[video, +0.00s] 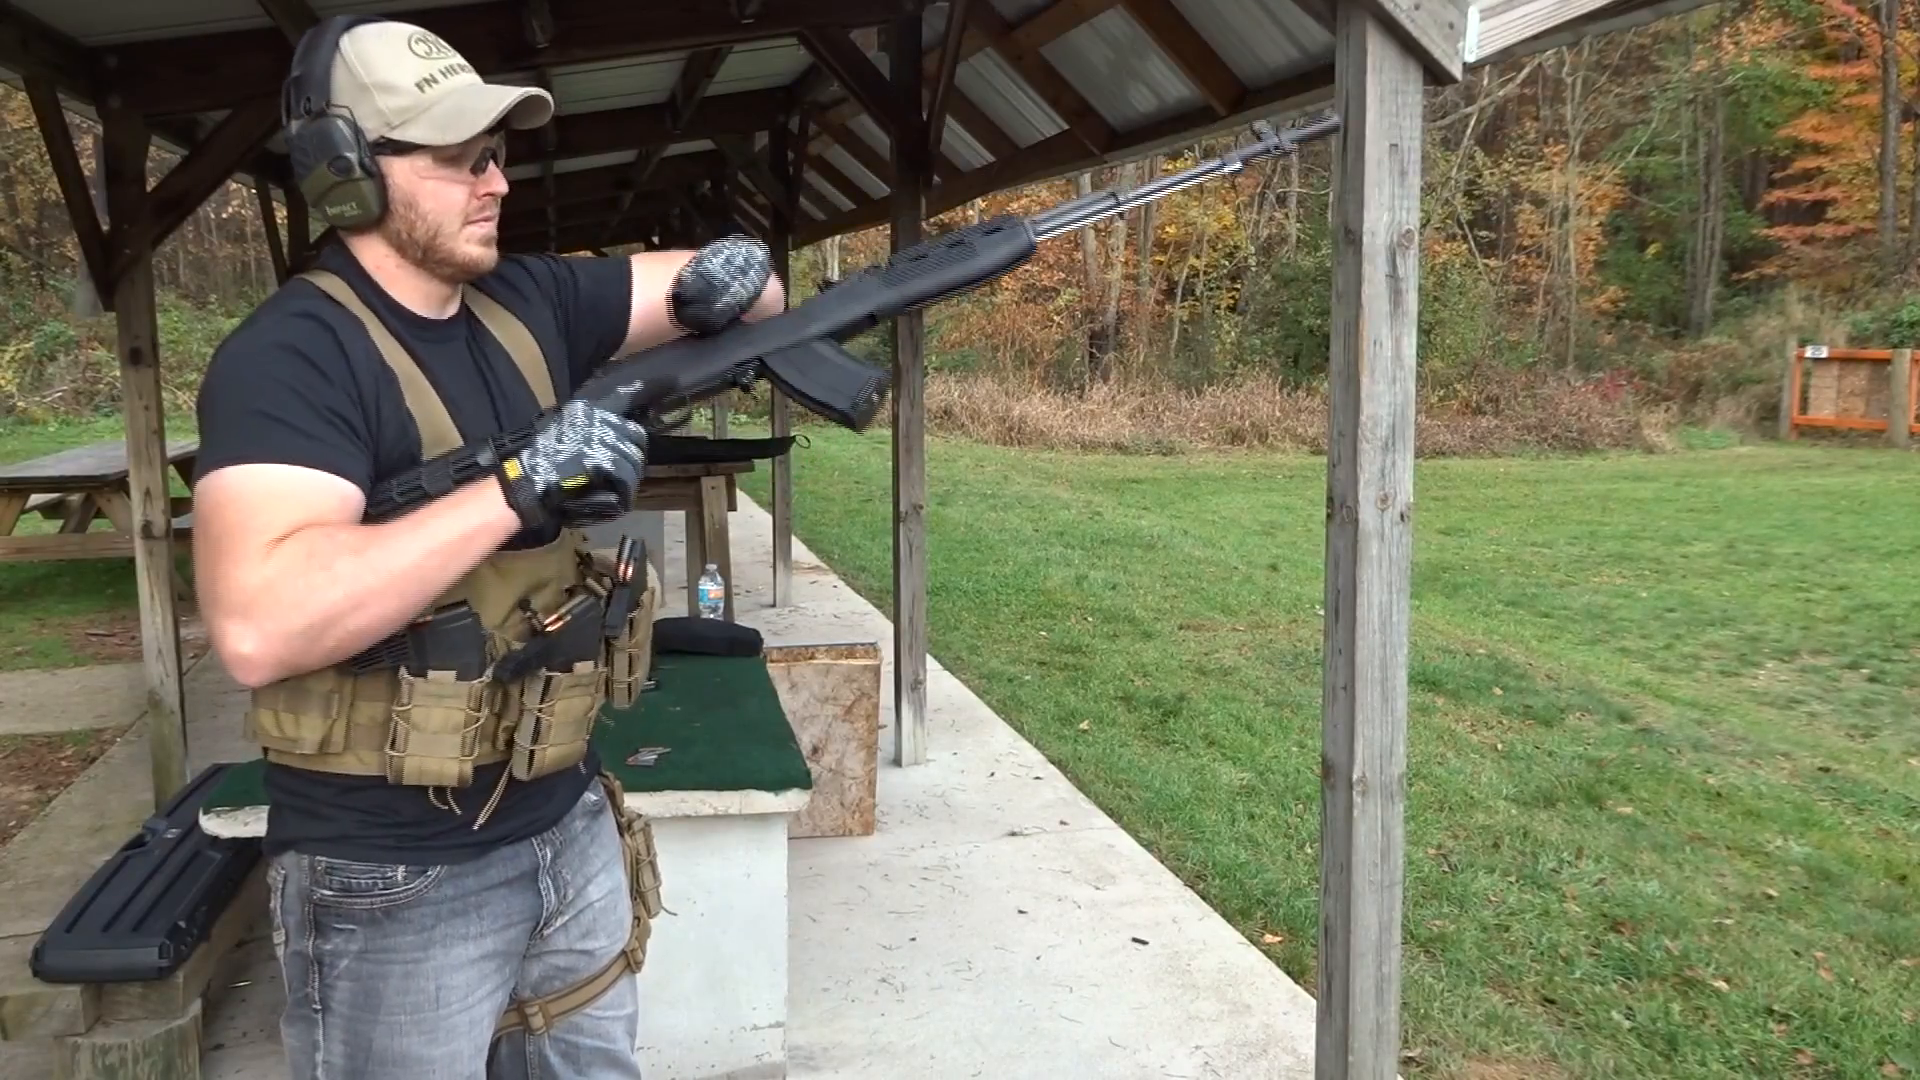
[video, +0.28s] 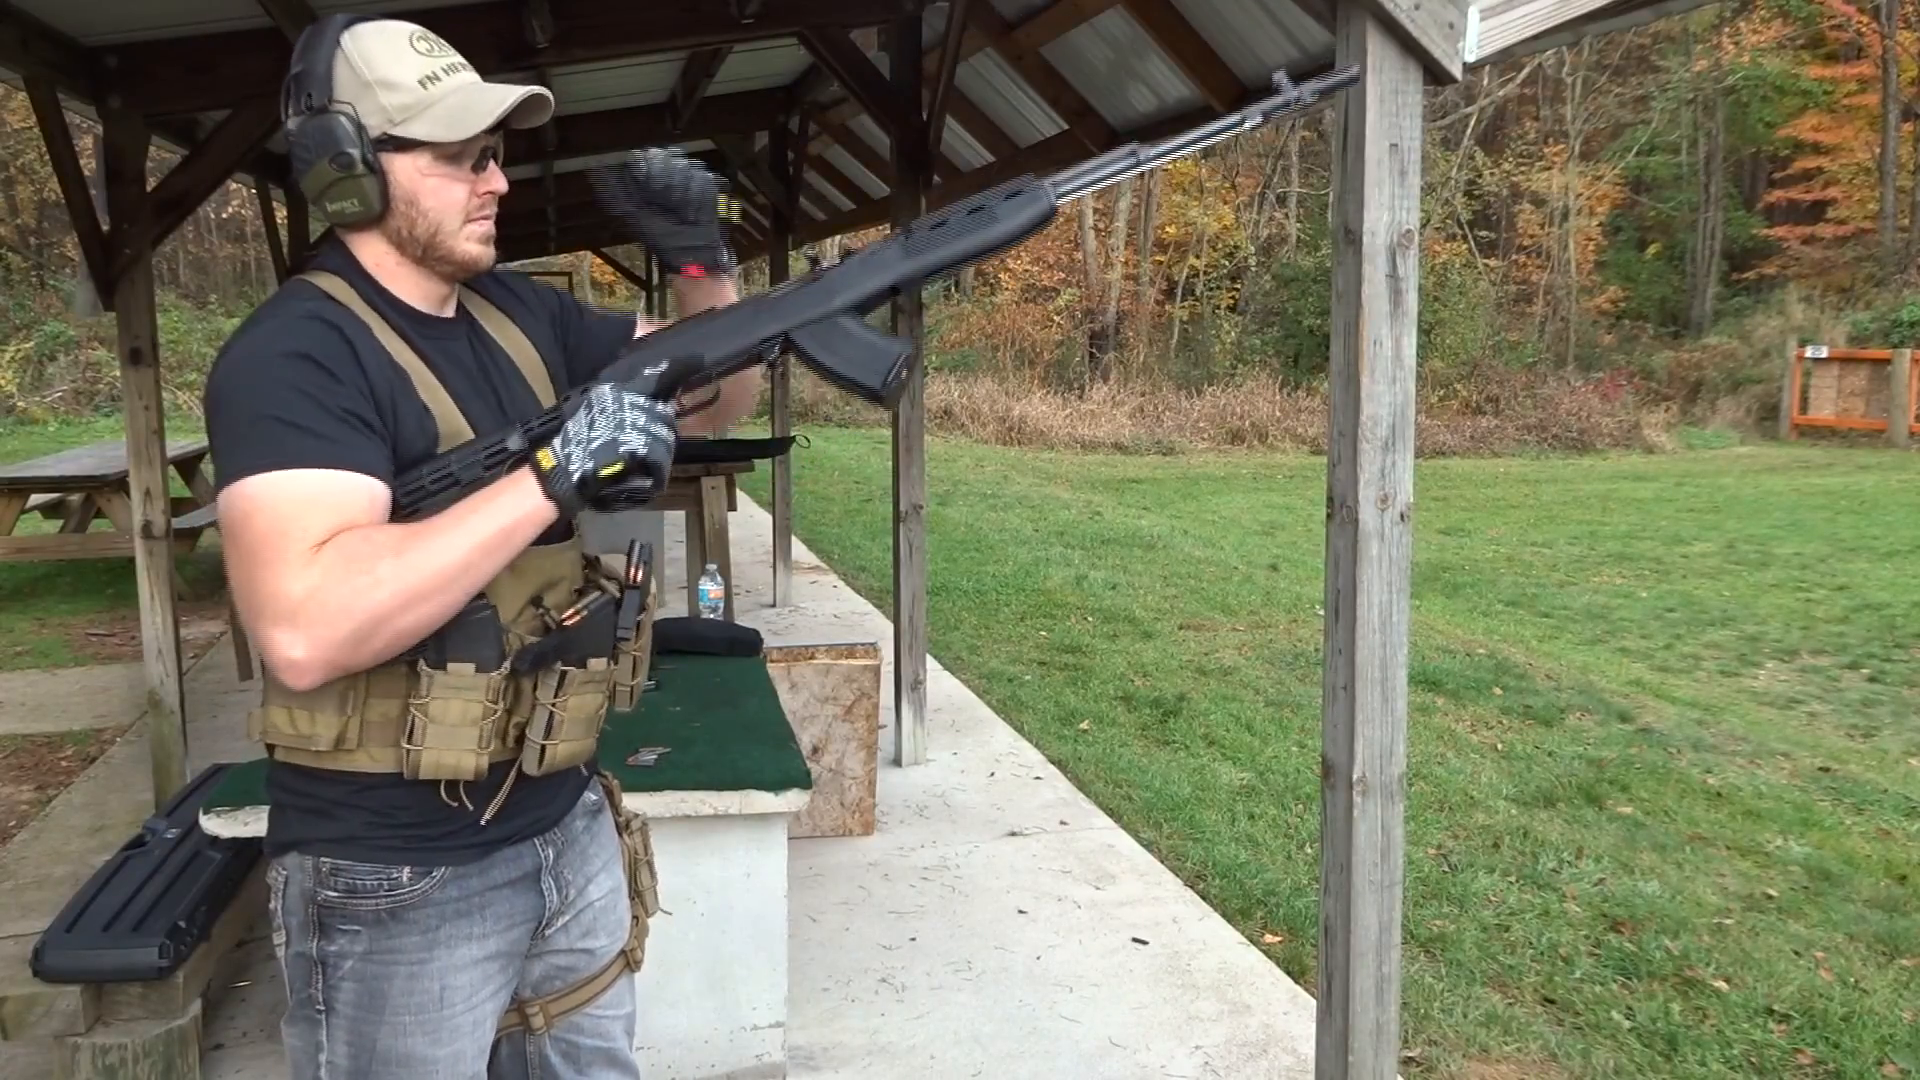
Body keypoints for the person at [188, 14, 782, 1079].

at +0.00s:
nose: (497, 180)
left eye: (495, 152)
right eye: (456, 157)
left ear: (497, 161)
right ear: (350, 175)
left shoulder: (528, 304)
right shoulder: (291, 355)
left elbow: (738, 296)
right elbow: (259, 626)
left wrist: (738, 280)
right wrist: (519, 487)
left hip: (572, 837)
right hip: (396, 888)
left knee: (596, 1064)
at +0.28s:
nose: (498, 180)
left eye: (495, 153)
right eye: (459, 157)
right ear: (350, 175)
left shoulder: (524, 312)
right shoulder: (293, 357)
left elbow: (708, 402)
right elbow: (305, 630)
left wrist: (698, 262)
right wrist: (552, 474)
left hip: (571, 836)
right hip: (397, 888)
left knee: (593, 1064)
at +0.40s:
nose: (502, 179)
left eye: (498, 152)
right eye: (463, 155)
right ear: (354, 171)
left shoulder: (522, 325)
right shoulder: (292, 357)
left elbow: (672, 460)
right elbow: (308, 628)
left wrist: (808, 376)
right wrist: (559, 468)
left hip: (569, 837)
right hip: (395, 890)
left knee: (597, 1065)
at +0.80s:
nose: (532, 205)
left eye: (533, 177)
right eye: (499, 179)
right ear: (386, 178)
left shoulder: (534, 343)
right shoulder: (291, 345)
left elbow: (660, 535)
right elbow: (235, 566)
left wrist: (823, 504)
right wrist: (534, 500)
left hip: (558, 839)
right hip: (370, 890)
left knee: (629, 1065)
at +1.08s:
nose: (615, 224)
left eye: (613, 197)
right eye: (585, 196)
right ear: (473, 197)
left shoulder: (596, 375)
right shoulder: (358, 352)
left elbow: (684, 573)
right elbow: (254, 584)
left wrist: (821, 654)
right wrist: (567, 576)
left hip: (580, 842)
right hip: (390, 889)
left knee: (676, 1066)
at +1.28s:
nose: (760, 260)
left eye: (761, 234)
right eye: (733, 231)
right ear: (632, 228)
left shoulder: (718, 401)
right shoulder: (495, 366)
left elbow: (772, 610)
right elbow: (381, 601)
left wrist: (901, 764)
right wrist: (656, 670)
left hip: (663, 842)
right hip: (473, 869)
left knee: (739, 1066)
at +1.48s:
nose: (877, 290)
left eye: (875, 265)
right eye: (854, 263)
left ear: (778, 266)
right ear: (762, 260)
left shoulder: (801, 432)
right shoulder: (619, 366)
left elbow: (845, 631)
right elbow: (509, 580)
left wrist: (948, 783)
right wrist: (755, 677)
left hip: (690, 836)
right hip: (508, 851)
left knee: (766, 1066)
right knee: (445, 1067)